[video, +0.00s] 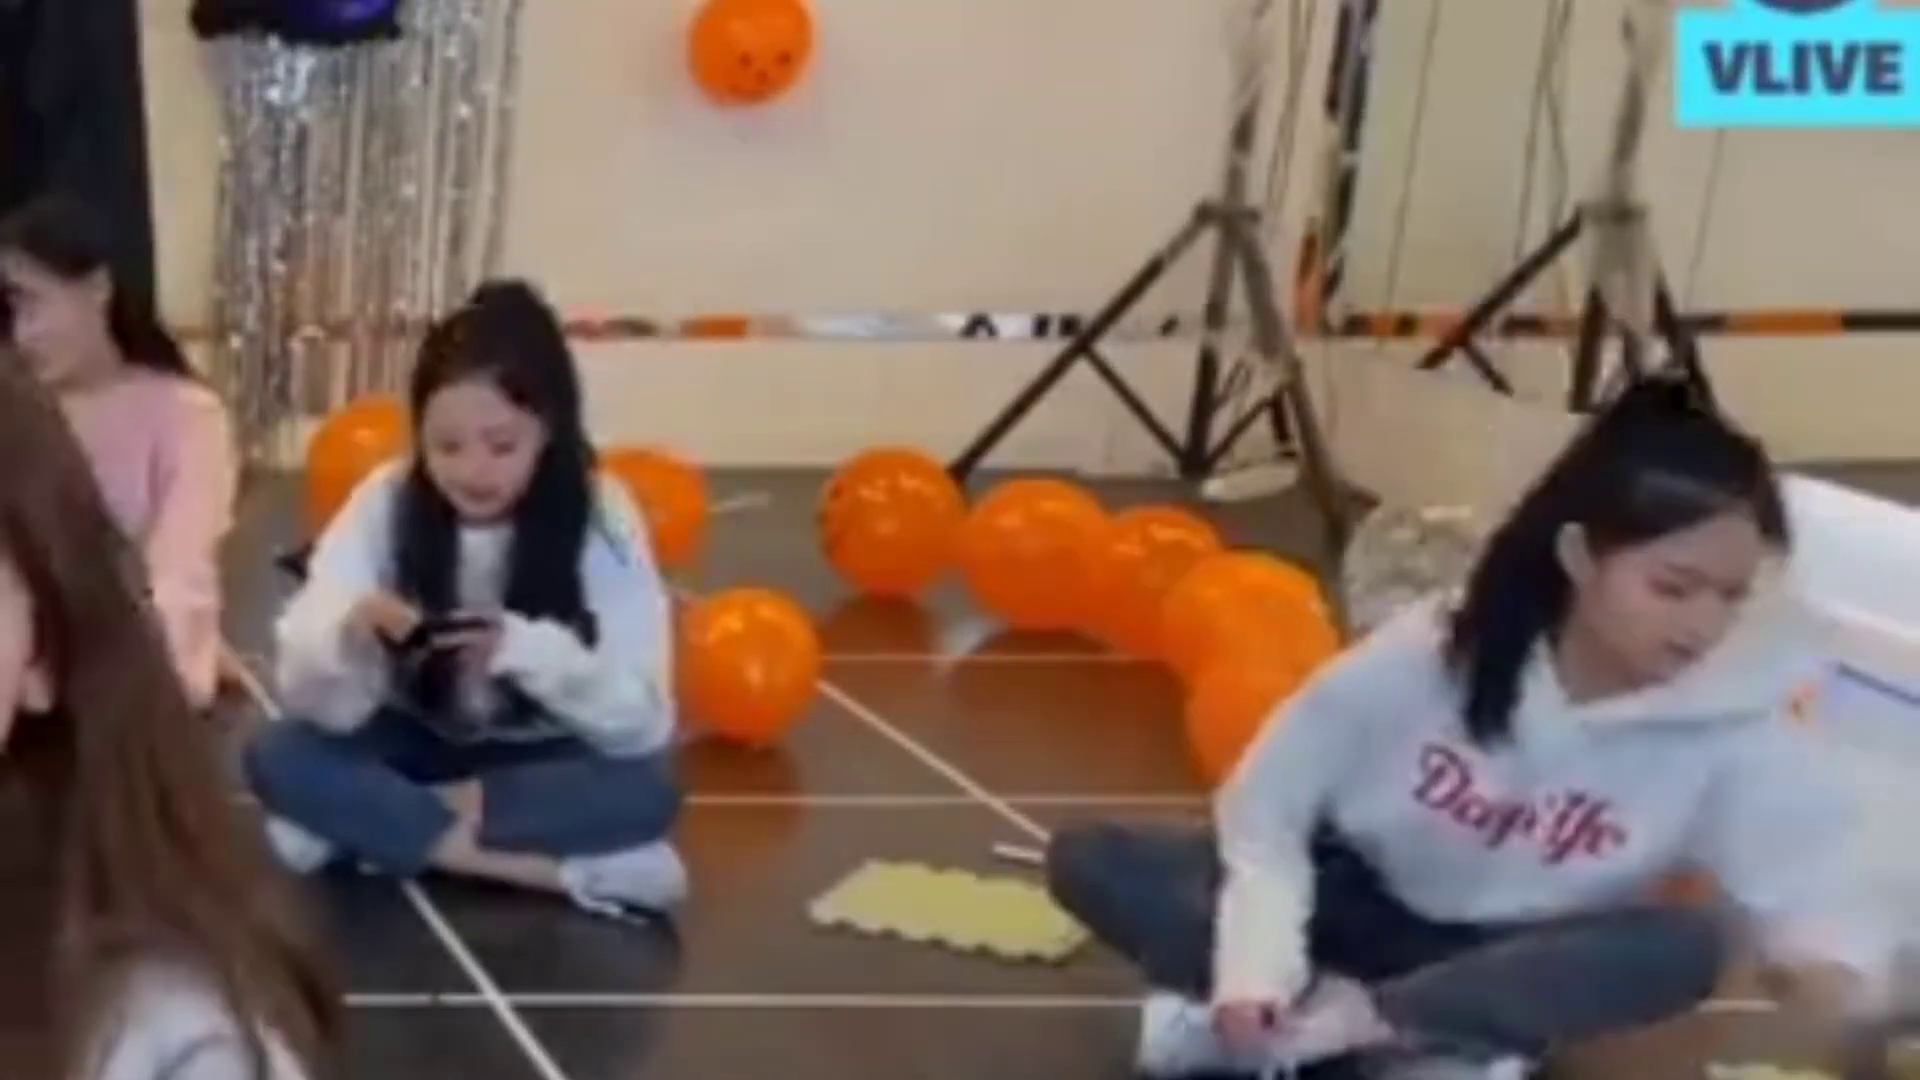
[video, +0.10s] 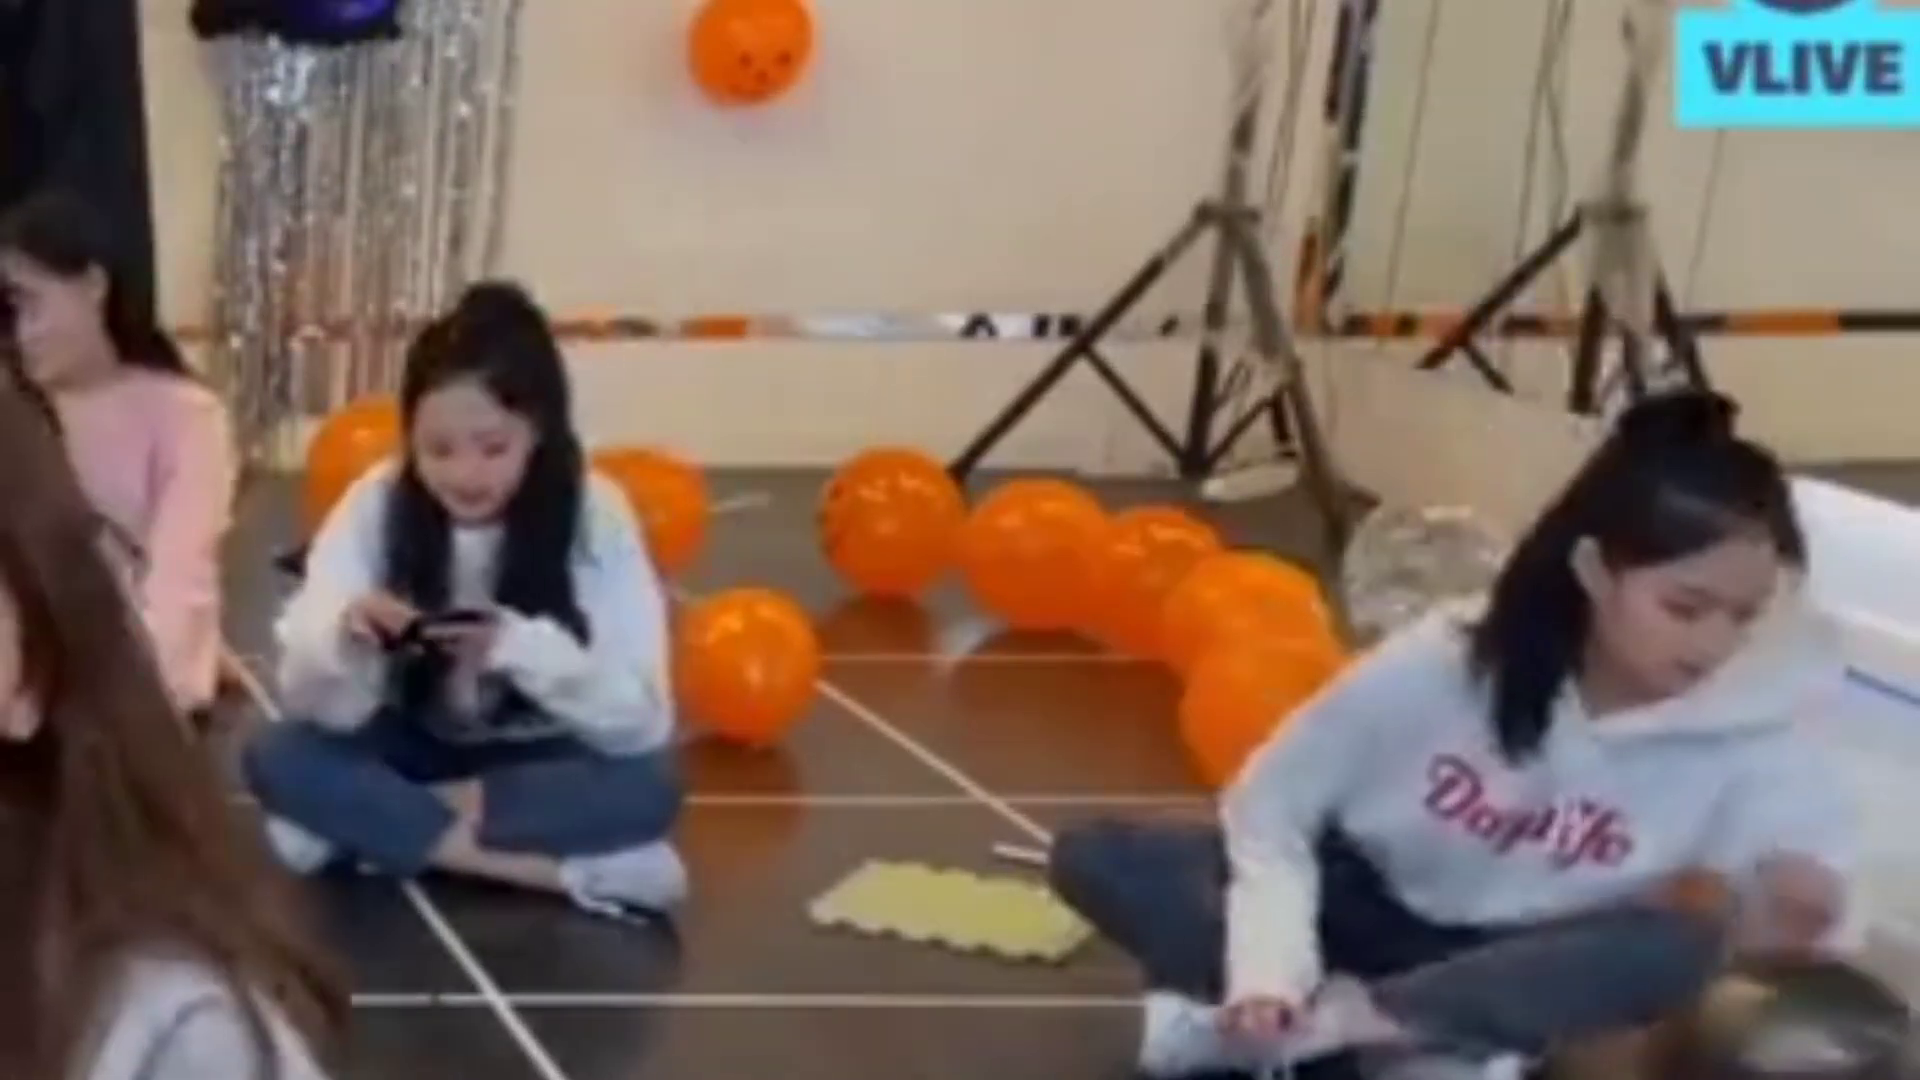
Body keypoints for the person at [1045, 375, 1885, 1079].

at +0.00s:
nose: (1701, 629)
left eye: (1729, 601)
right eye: (1675, 589)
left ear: (1753, 596)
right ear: (1578, 554)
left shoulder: (1725, 748)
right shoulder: (1417, 666)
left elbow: (1803, 896)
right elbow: (1263, 809)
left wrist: (1831, 972)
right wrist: (1256, 981)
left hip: (1502, 948)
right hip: (1344, 894)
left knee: (1692, 947)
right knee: (1092, 857)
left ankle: (1329, 1024)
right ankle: (1406, 1041)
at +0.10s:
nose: (1710, 647)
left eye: (1742, 619)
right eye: (1685, 608)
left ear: (1770, 607)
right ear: (1593, 568)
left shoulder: (1750, 750)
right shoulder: (1450, 663)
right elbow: (1269, 799)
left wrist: (1771, 928)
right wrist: (1269, 971)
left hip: (1508, 951)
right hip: (1354, 890)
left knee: (1674, 948)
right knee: (1098, 852)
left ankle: (1323, 1028)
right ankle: (1401, 1046)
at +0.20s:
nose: (1702, 634)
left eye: (1734, 604)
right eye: (1675, 597)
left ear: (1767, 586)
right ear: (1592, 555)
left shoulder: (1773, 725)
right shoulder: (1448, 659)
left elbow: (1775, 935)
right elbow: (1270, 802)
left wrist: (1849, 905)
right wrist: (1287, 968)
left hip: (1530, 949)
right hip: (1367, 896)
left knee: (1659, 951)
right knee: (1099, 855)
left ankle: (1277, 1044)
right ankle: (1395, 1046)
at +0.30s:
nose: (1678, 605)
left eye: (1709, 574)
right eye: (1647, 566)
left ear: (1744, 554)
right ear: (1570, 528)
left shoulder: (1746, 701)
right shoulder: (1436, 642)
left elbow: (1789, 882)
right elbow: (1270, 810)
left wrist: (1819, 973)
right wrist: (1319, 982)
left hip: (1520, 935)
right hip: (1358, 896)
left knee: (1667, 954)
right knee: (1089, 856)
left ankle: (1266, 1046)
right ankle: (1439, 1047)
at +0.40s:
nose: (1632, 574)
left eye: (1667, 541)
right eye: (1600, 534)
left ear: (1704, 529)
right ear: (1533, 503)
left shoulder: (1715, 679)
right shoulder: (1399, 631)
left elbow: (1777, 884)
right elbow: (1282, 834)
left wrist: (1732, 1003)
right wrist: (1334, 992)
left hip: (1511, 927)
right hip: (1352, 899)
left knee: (1665, 951)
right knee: (1086, 860)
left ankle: (1286, 1043)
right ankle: (1407, 1038)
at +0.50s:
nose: (1557, 522)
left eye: (1594, 493)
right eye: (1525, 484)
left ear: (1636, 492)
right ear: (1472, 469)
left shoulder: (1671, 651)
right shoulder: (1363, 625)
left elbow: (1713, 851)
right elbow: (1323, 834)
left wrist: (1681, 993)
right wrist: (1319, 991)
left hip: (1506, 916)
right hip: (1346, 886)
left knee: (1614, 941)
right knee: (1084, 858)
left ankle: (1285, 1046)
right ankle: (1370, 1043)